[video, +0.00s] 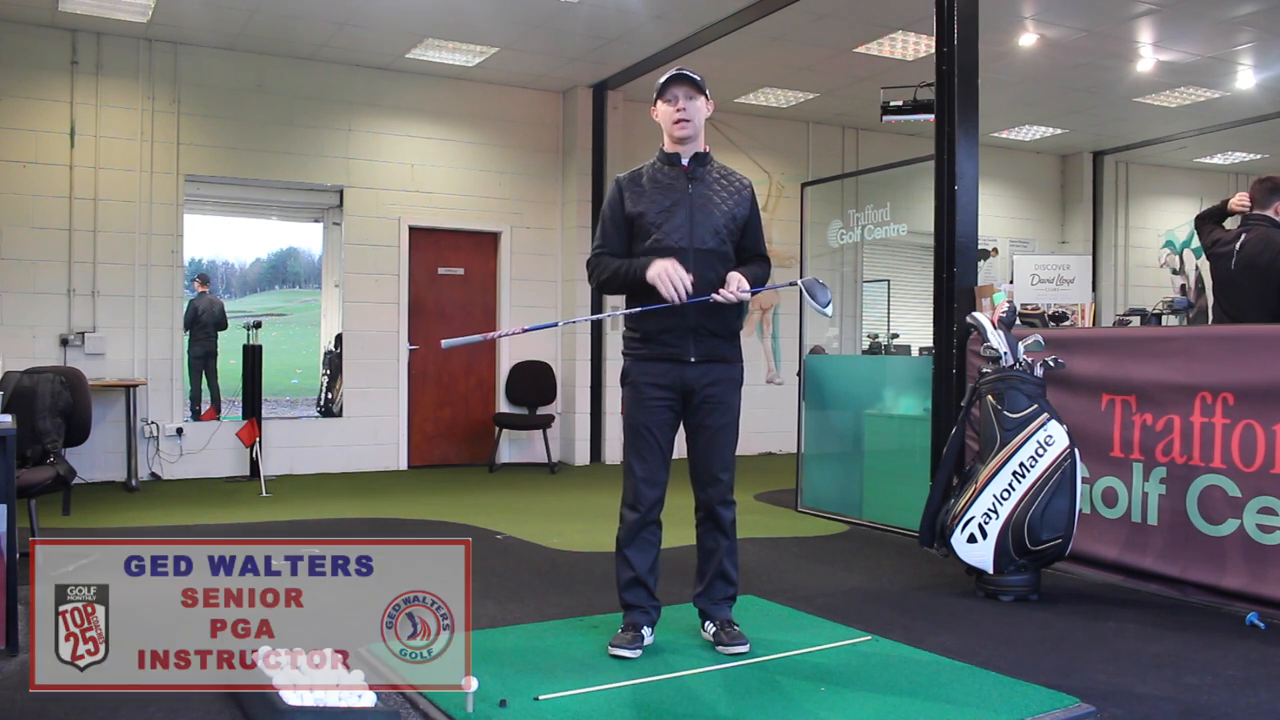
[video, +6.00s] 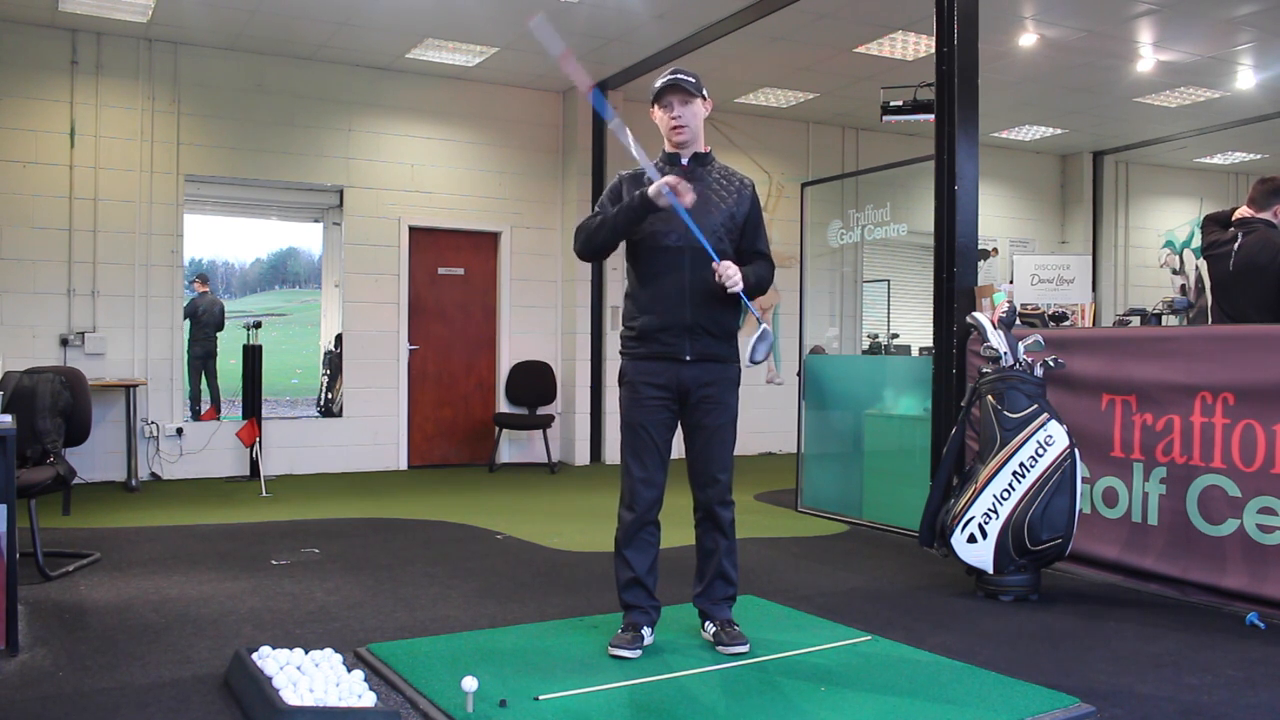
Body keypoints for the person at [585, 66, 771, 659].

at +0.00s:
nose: (680, 106)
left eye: (691, 96)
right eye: (670, 98)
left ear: (709, 110)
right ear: (655, 113)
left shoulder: (737, 189)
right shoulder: (629, 187)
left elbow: (757, 264)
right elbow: (600, 268)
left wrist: (743, 279)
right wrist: (647, 266)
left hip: (718, 363)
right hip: (649, 361)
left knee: (716, 494)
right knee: (642, 495)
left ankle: (718, 612)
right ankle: (638, 616)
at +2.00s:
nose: (688, 118)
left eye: (697, 108)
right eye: (677, 107)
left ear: (708, 115)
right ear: (654, 113)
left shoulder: (732, 184)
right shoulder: (627, 190)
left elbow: (770, 266)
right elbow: (597, 269)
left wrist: (752, 227)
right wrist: (623, 291)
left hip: (718, 364)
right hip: (651, 364)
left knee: (717, 494)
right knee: (643, 495)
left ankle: (718, 613)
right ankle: (638, 616)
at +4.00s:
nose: (672, 119)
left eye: (681, 107)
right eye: (662, 110)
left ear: (704, 110)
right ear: (652, 119)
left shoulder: (737, 186)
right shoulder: (628, 188)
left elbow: (763, 263)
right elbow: (598, 272)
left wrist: (738, 277)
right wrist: (633, 252)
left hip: (717, 362)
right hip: (649, 361)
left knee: (716, 494)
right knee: (641, 495)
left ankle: (718, 612)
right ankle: (638, 616)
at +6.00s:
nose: (673, 112)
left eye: (684, 101)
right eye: (664, 104)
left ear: (707, 109)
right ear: (654, 117)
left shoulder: (739, 190)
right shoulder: (632, 184)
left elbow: (763, 269)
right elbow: (586, 246)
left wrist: (743, 275)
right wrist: (646, 200)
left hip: (715, 364)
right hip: (647, 361)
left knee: (715, 495)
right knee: (640, 496)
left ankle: (717, 611)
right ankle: (637, 616)